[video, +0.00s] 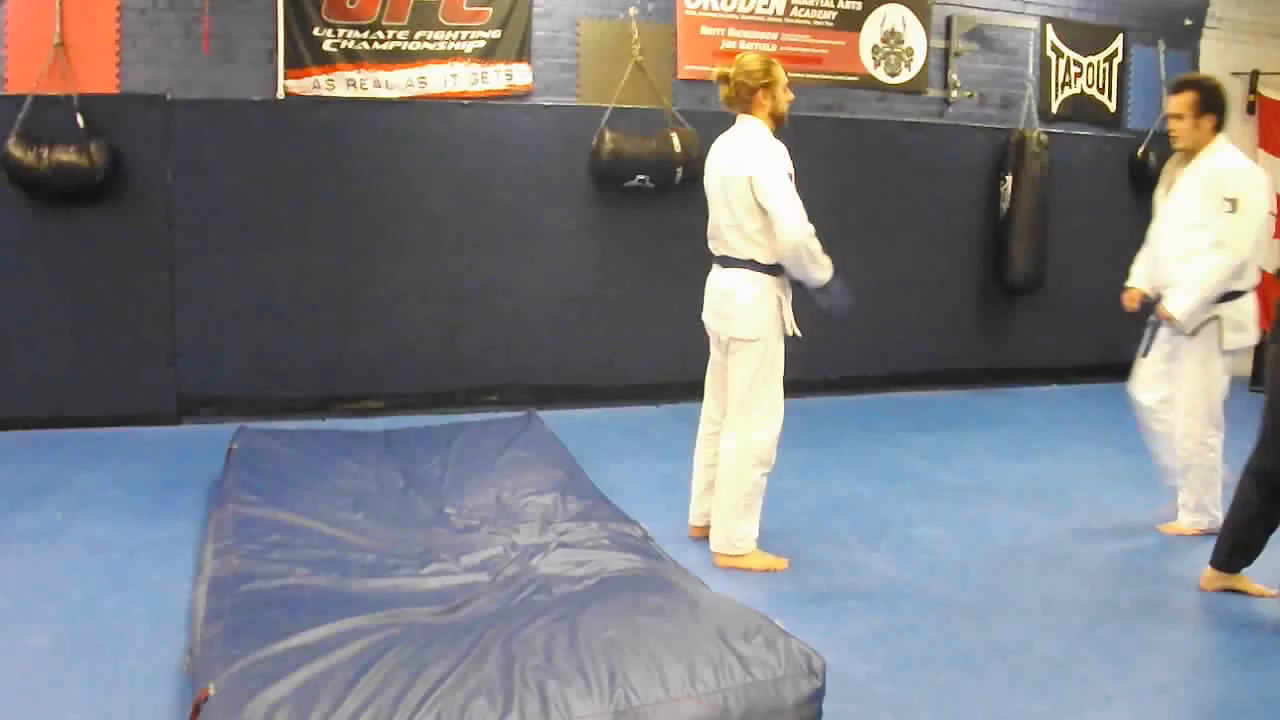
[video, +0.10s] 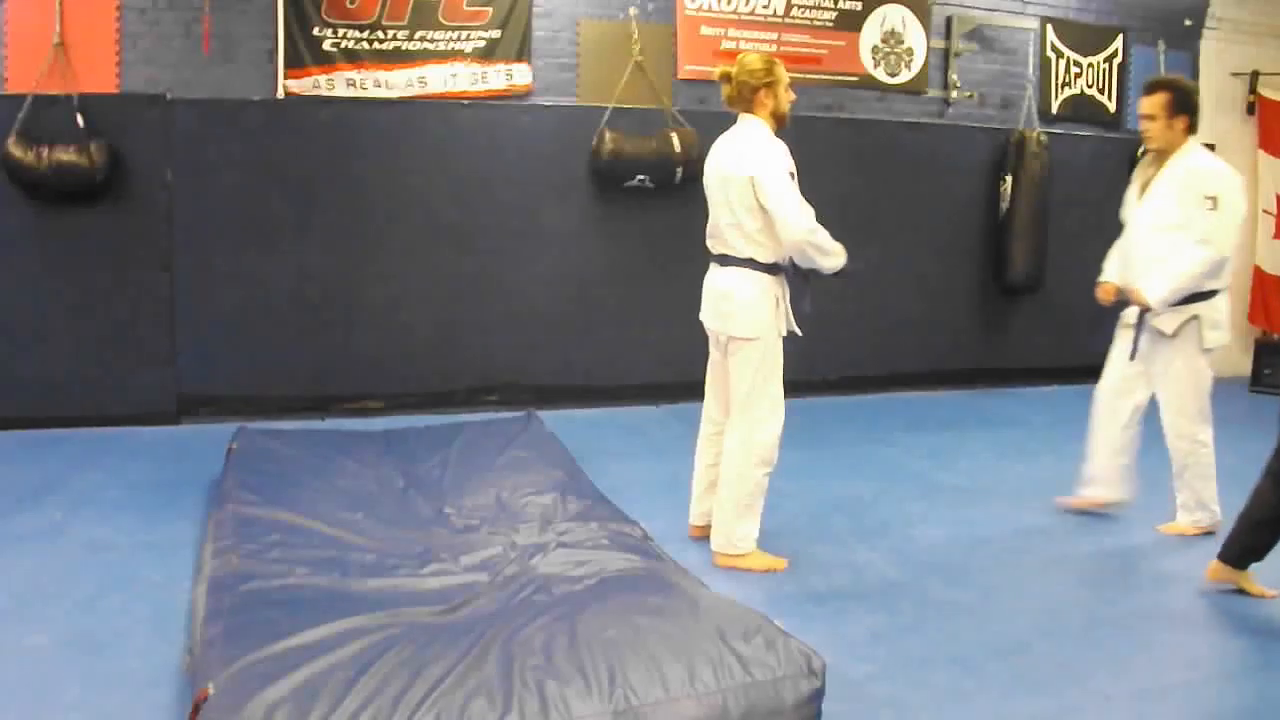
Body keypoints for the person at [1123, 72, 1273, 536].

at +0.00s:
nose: (1171, 126)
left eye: (1180, 117)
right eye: (1168, 117)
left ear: (1209, 120)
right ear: (1174, 120)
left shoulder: (1237, 174)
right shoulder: (1178, 170)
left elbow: (1234, 252)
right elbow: (1160, 234)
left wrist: (1183, 302)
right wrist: (1141, 282)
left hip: (1212, 315)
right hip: (1176, 310)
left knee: (1198, 415)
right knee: (1146, 391)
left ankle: (1201, 514)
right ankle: (1185, 489)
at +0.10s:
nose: (1142, 127)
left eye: (1151, 119)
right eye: (1141, 119)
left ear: (1182, 122)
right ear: (1146, 122)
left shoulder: (1214, 176)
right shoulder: (1148, 169)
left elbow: (1212, 252)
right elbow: (1131, 234)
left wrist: (1154, 295)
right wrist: (1111, 275)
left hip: (1186, 319)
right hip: (1140, 314)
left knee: (1186, 420)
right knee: (1113, 397)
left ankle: (1199, 514)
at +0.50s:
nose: (1021, 123)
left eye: (1029, 114)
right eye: (1018, 114)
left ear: (1058, 116)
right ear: (1017, 117)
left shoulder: (1092, 166)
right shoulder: (1020, 168)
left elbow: (1106, 224)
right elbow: (1001, 219)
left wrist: (1040, 248)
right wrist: (990, 246)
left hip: (1070, 301)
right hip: (1025, 300)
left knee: (1033, 399)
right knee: (1017, 401)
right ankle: (1030, 495)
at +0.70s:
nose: (965, 128)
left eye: (974, 119)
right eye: (963, 119)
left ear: (1004, 123)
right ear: (966, 122)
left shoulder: (1033, 176)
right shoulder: (969, 172)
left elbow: (1019, 230)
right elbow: (942, 219)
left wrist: (943, 237)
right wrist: (921, 240)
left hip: (1018, 313)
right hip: (979, 311)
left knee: (970, 410)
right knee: (1010, 407)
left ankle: (929, 520)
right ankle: (1029, 496)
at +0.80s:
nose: (938, 127)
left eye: (947, 119)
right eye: (936, 118)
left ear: (976, 121)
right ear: (940, 120)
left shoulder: (997, 174)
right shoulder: (942, 171)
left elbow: (966, 217)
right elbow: (915, 224)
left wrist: (894, 197)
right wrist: (876, 245)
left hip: (987, 314)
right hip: (955, 312)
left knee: (938, 417)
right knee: (979, 407)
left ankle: (911, 532)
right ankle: (1023, 487)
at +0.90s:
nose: (911, 122)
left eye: (918, 113)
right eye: (908, 114)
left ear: (948, 114)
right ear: (914, 115)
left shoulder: (970, 163)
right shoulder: (917, 164)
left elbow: (920, 201)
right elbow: (885, 219)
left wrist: (852, 180)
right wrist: (833, 243)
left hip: (961, 310)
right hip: (927, 308)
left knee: (919, 416)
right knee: (910, 406)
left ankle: (910, 532)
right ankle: (981, 469)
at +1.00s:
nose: (881, 114)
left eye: (890, 105)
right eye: (880, 105)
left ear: (921, 108)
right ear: (887, 108)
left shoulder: (941, 158)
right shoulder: (889, 158)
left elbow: (881, 211)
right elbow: (858, 219)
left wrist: (820, 219)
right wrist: (819, 268)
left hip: (937, 304)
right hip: (899, 302)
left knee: (904, 414)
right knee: (868, 403)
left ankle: (911, 530)